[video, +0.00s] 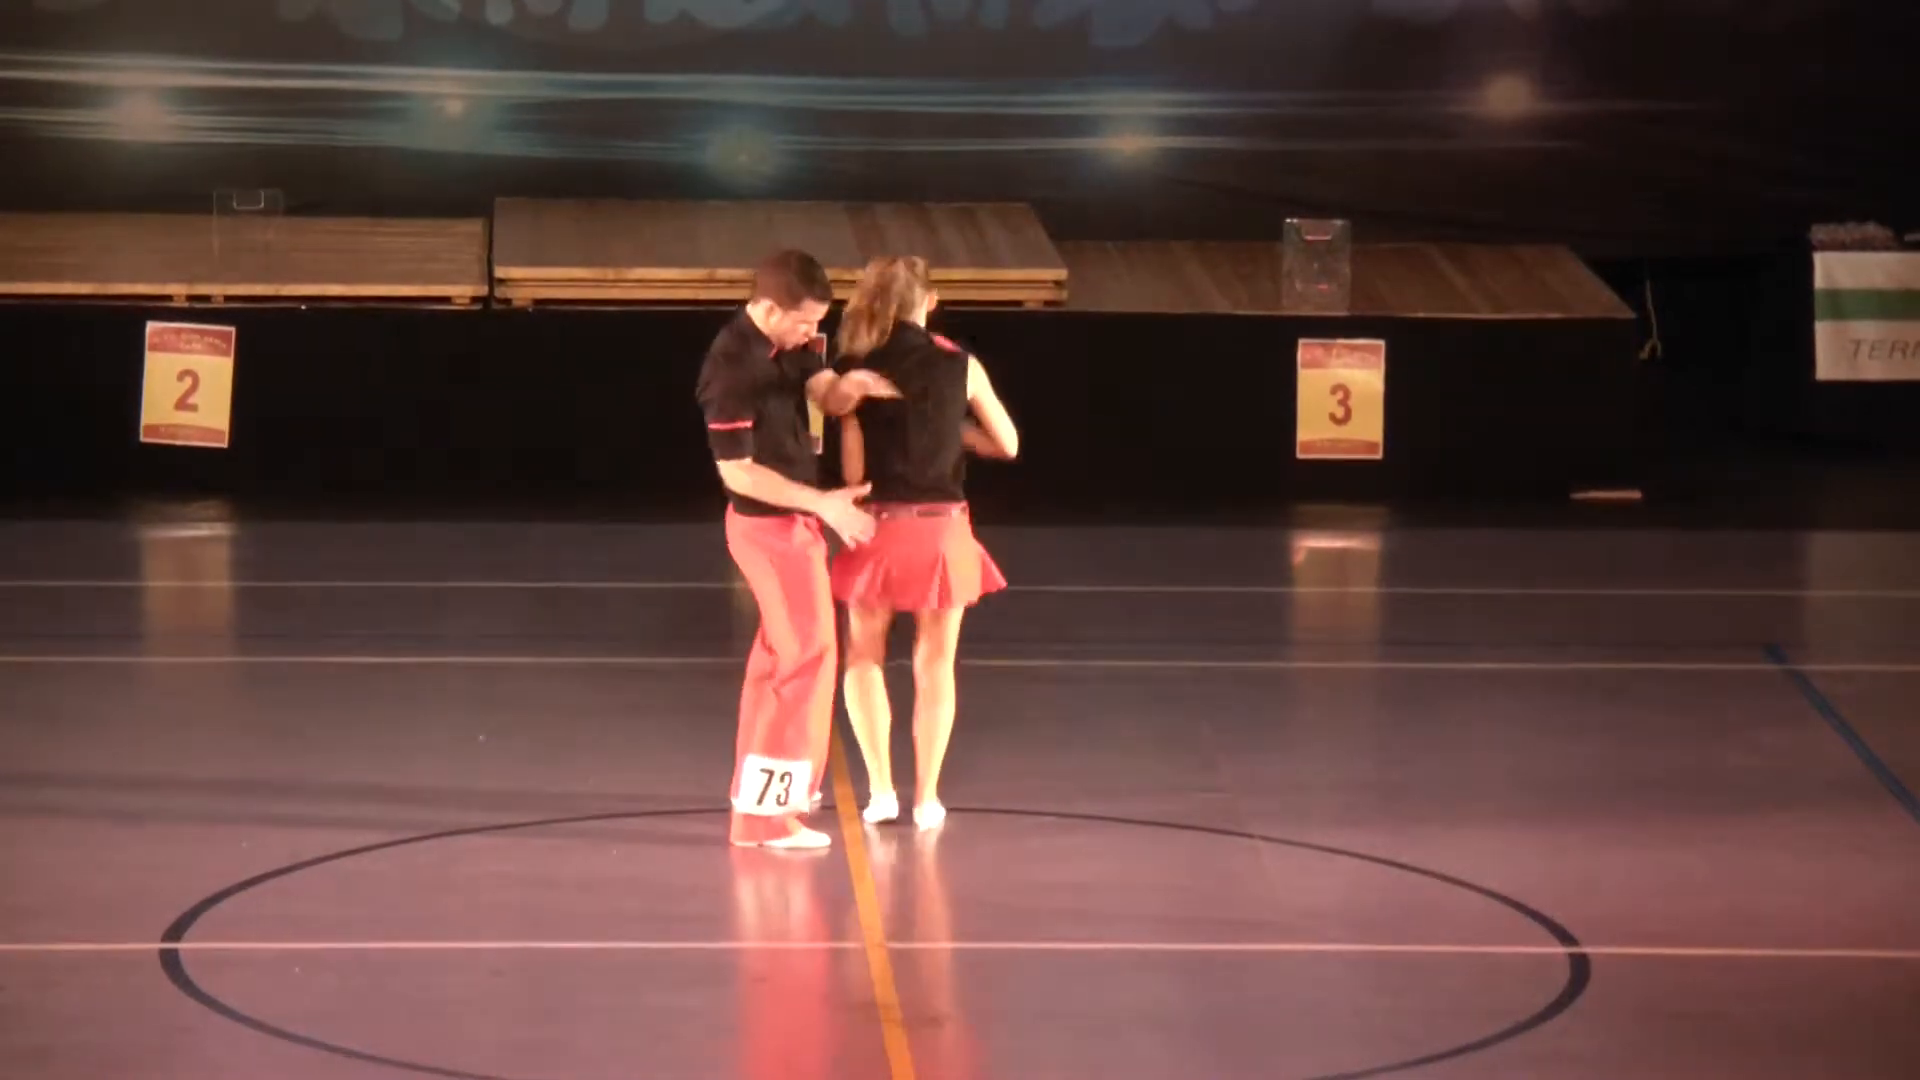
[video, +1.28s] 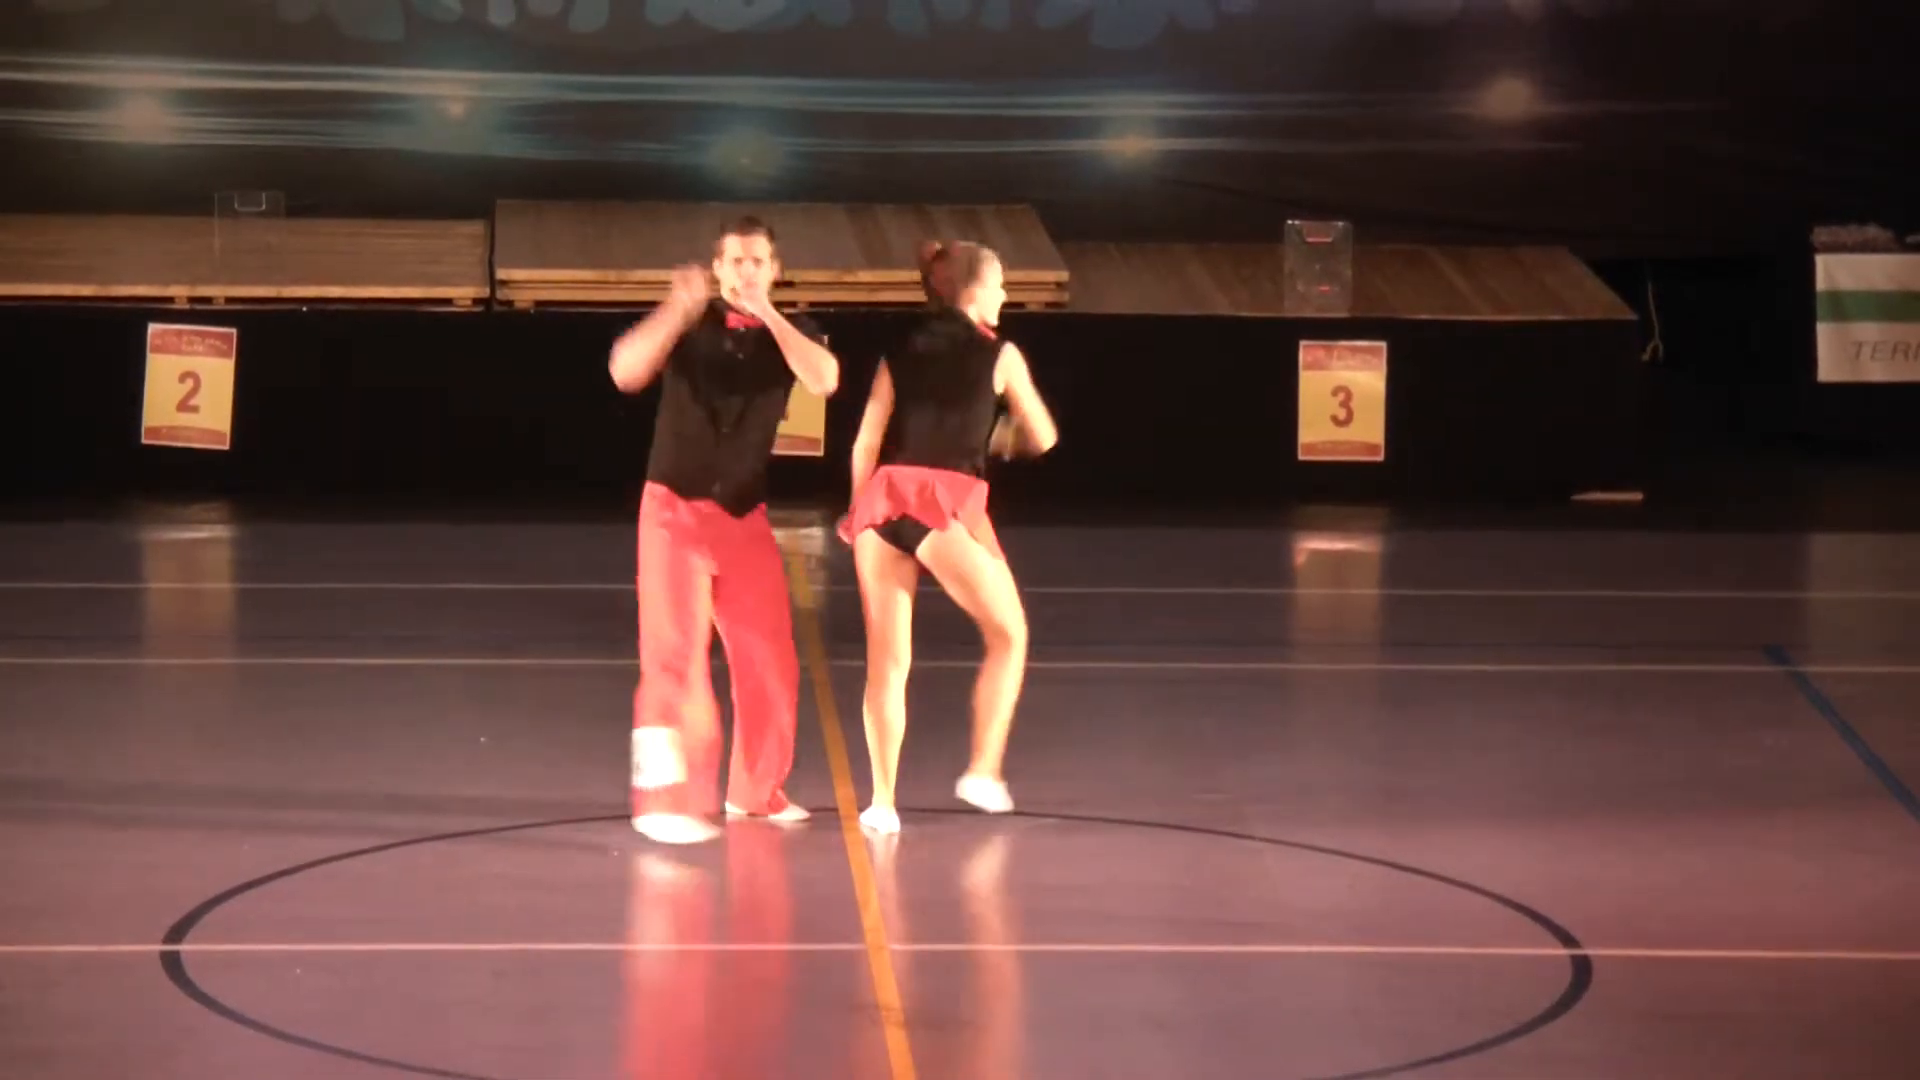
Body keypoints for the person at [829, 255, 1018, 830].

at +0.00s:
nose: (936, 307)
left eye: (930, 299)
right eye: (934, 299)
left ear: (870, 303)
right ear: (927, 304)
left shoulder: (852, 370)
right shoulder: (961, 366)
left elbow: (853, 473)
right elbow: (1006, 444)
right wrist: (946, 430)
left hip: (878, 530)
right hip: (946, 531)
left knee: (864, 657)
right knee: (936, 665)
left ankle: (881, 790)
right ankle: (927, 797)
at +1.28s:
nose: (1003, 298)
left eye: (1002, 286)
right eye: (998, 287)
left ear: (946, 292)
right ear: (974, 292)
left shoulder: (899, 352)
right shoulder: (1000, 355)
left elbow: (865, 441)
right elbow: (1042, 435)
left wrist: (864, 510)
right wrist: (999, 441)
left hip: (880, 508)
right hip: (945, 511)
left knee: (886, 661)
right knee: (1007, 634)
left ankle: (882, 802)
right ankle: (983, 774)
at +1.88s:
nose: (977, 322)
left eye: (978, 314)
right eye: (981, 313)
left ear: (986, 320)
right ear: (1031, 317)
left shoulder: (975, 395)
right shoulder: (1071, 374)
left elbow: (961, 494)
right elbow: (1123, 448)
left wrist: (910, 443)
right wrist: (1128, 406)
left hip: (969, 534)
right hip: (1038, 538)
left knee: (905, 661)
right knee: (1086, 669)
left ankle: (905, 802)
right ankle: (1078, 801)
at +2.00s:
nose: (1003, 326)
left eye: (999, 316)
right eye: (1053, 315)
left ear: (999, 324)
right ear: (1052, 326)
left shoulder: (966, 386)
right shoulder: (1072, 404)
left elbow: (917, 456)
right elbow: (1078, 500)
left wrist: (891, 400)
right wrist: (1123, 480)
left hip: (1005, 556)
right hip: (1075, 547)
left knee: (913, 658)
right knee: (1087, 670)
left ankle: (915, 802)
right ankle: (1081, 801)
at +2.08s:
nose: (1008, 334)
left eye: (1007, 324)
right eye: (1061, 329)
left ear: (1005, 330)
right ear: (1059, 337)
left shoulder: (969, 385)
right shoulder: (1071, 416)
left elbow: (907, 444)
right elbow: (1061, 509)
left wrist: (888, 399)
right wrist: (1111, 490)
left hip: (1011, 559)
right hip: (1082, 550)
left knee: (913, 660)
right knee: (1093, 670)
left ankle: (914, 802)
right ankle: (1083, 802)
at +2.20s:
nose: (1020, 324)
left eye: (1021, 313)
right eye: (1026, 314)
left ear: (1013, 321)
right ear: (1067, 324)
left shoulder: (983, 392)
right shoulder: (1092, 397)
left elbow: (972, 481)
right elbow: (1105, 490)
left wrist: (914, 450)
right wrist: (1133, 445)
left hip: (986, 539)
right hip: (1058, 542)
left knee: (907, 657)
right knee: (1108, 663)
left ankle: (916, 800)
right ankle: (1082, 791)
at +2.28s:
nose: (1023, 340)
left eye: (1020, 332)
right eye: (1062, 330)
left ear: (1016, 340)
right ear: (1071, 339)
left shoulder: (1003, 419)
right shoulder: (1102, 400)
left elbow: (999, 516)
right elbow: (1154, 474)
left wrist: (935, 475)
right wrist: (1145, 415)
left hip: (977, 550)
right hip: (1044, 566)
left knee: (913, 659)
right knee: (1112, 671)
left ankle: (913, 802)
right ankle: (1074, 797)